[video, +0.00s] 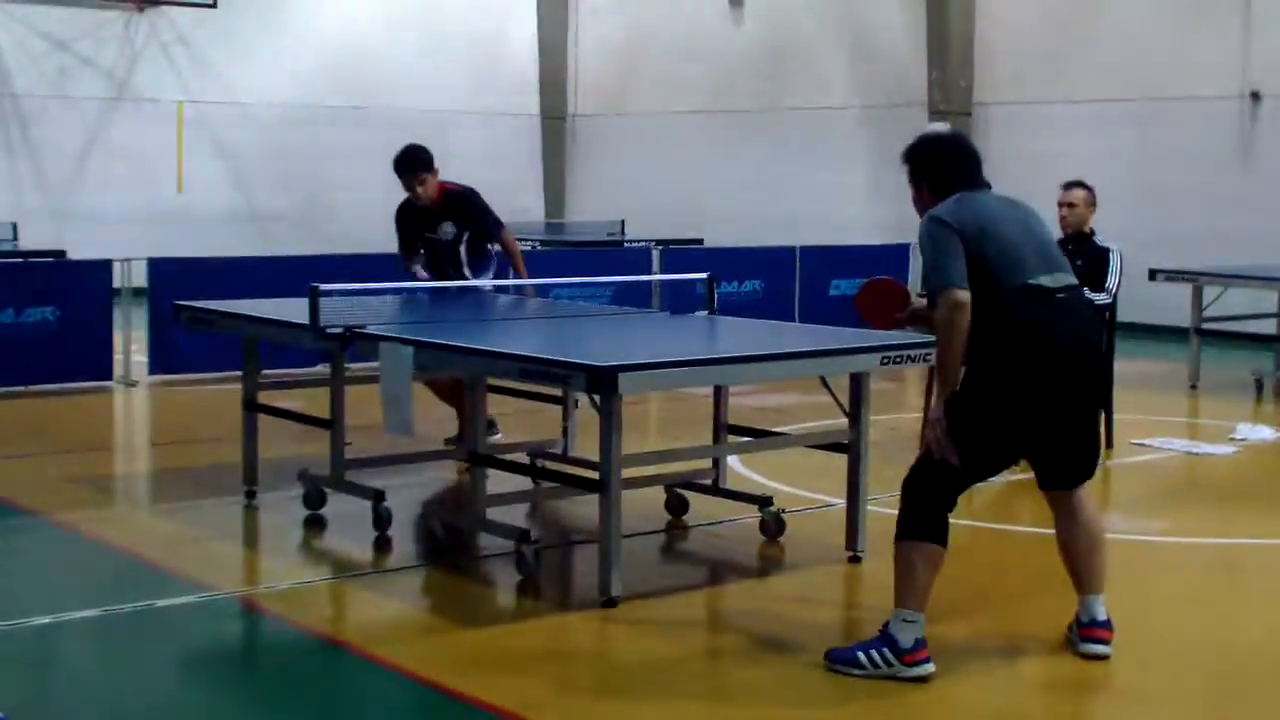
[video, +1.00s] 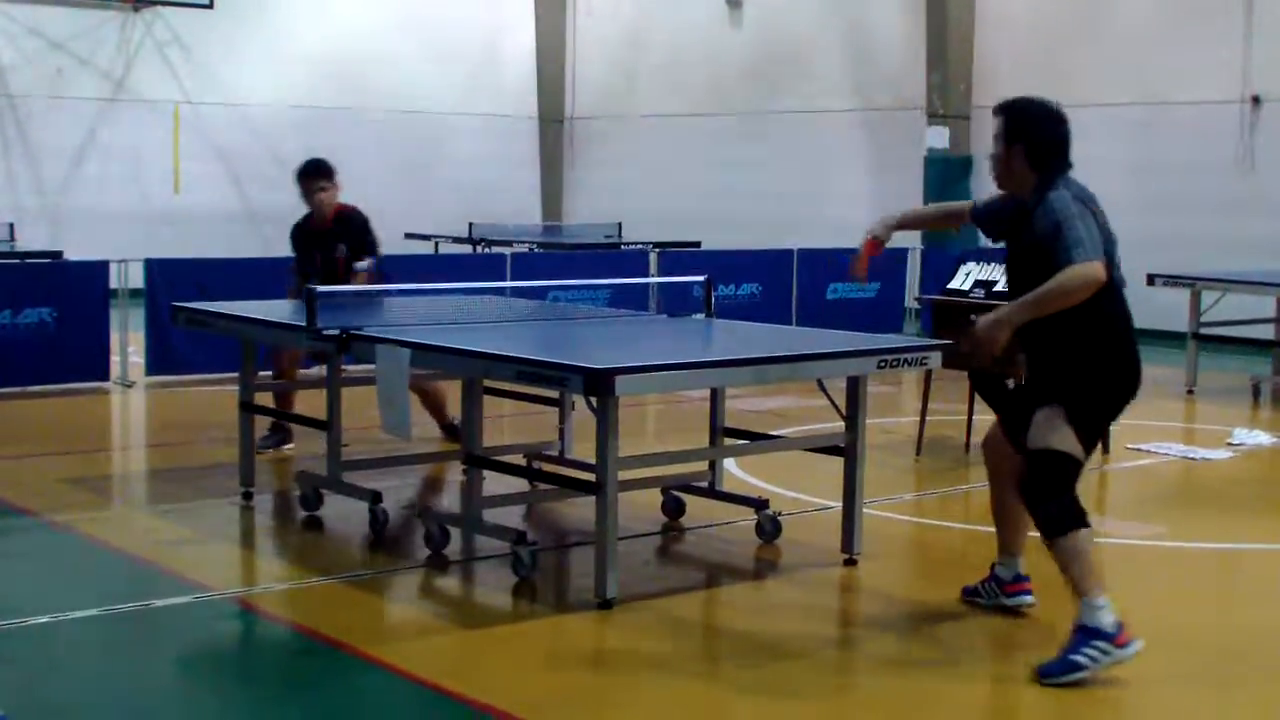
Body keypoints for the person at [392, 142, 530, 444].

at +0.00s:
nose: (418, 192)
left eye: (422, 183)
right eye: (410, 187)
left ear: (435, 174)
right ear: (402, 184)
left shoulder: (464, 199)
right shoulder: (406, 213)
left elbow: (505, 237)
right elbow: (408, 260)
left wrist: (525, 284)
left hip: (477, 297)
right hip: (439, 300)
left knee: (468, 364)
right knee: (426, 367)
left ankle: (471, 434)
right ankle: (479, 420)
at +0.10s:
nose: (427, 195)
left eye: (432, 186)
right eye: (419, 188)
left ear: (442, 178)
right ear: (407, 184)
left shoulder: (466, 203)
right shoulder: (399, 214)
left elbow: (505, 243)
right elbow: (396, 263)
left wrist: (525, 285)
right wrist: (420, 271)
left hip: (468, 302)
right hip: (429, 304)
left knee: (465, 373)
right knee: (419, 376)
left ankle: (471, 461)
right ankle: (470, 413)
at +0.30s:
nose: (425, 182)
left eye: (431, 174)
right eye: (417, 175)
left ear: (438, 171)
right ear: (402, 172)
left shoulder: (453, 202)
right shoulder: (382, 205)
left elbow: (483, 249)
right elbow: (361, 256)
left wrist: (495, 292)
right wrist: (393, 264)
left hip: (447, 303)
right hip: (400, 303)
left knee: (452, 368)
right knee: (370, 354)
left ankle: (464, 439)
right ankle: (383, 422)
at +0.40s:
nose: (411, 179)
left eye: (417, 171)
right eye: (403, 171)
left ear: (425, 169)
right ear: (388, 170)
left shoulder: (437, 200)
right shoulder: (367, 203)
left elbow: (462, 246)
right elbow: (345, 252)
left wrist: (475, 289)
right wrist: (368, 263)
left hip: (431, 299)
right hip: (384, 299)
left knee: (449, 368)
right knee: (350, 360)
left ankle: (464, 439)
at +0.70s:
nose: (380, 175)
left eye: (384, 167)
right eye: (371, 167)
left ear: (389, 166)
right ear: (354, 168)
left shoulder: (401, 200)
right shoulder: (330, 204)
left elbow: (422, 248)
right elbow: (305, 254)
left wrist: (425, 291)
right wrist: (323, 278)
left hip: (398, 299)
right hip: (349, 300)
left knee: (437, 352)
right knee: (323, 359)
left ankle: (446, 428)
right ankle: (316, 431)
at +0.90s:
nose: (355, 194)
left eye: (359, 186)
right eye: (347, 188)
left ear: (367, 186)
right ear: (333, 190)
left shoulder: (388, 221)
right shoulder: (320, 228)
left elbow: (408, 271)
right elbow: (303, 277)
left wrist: (399, 313)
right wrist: (288, 312)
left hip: (388, 317)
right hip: (342, 318)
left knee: (430, 361)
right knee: (304, 364)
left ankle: (443, 431)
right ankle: (303, 433)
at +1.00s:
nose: (318, 198)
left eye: (324, 189)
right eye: (310, 192)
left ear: (336, 188)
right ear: (303, 195)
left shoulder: (354, 219)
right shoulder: (301, 231)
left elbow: (366, 273)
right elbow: (301, 281)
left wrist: (345, 307)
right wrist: (295, 309)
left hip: (361, 312)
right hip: (318, 314)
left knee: (409, 361)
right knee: (284, 353)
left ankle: (447, 425)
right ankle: (281, 428)